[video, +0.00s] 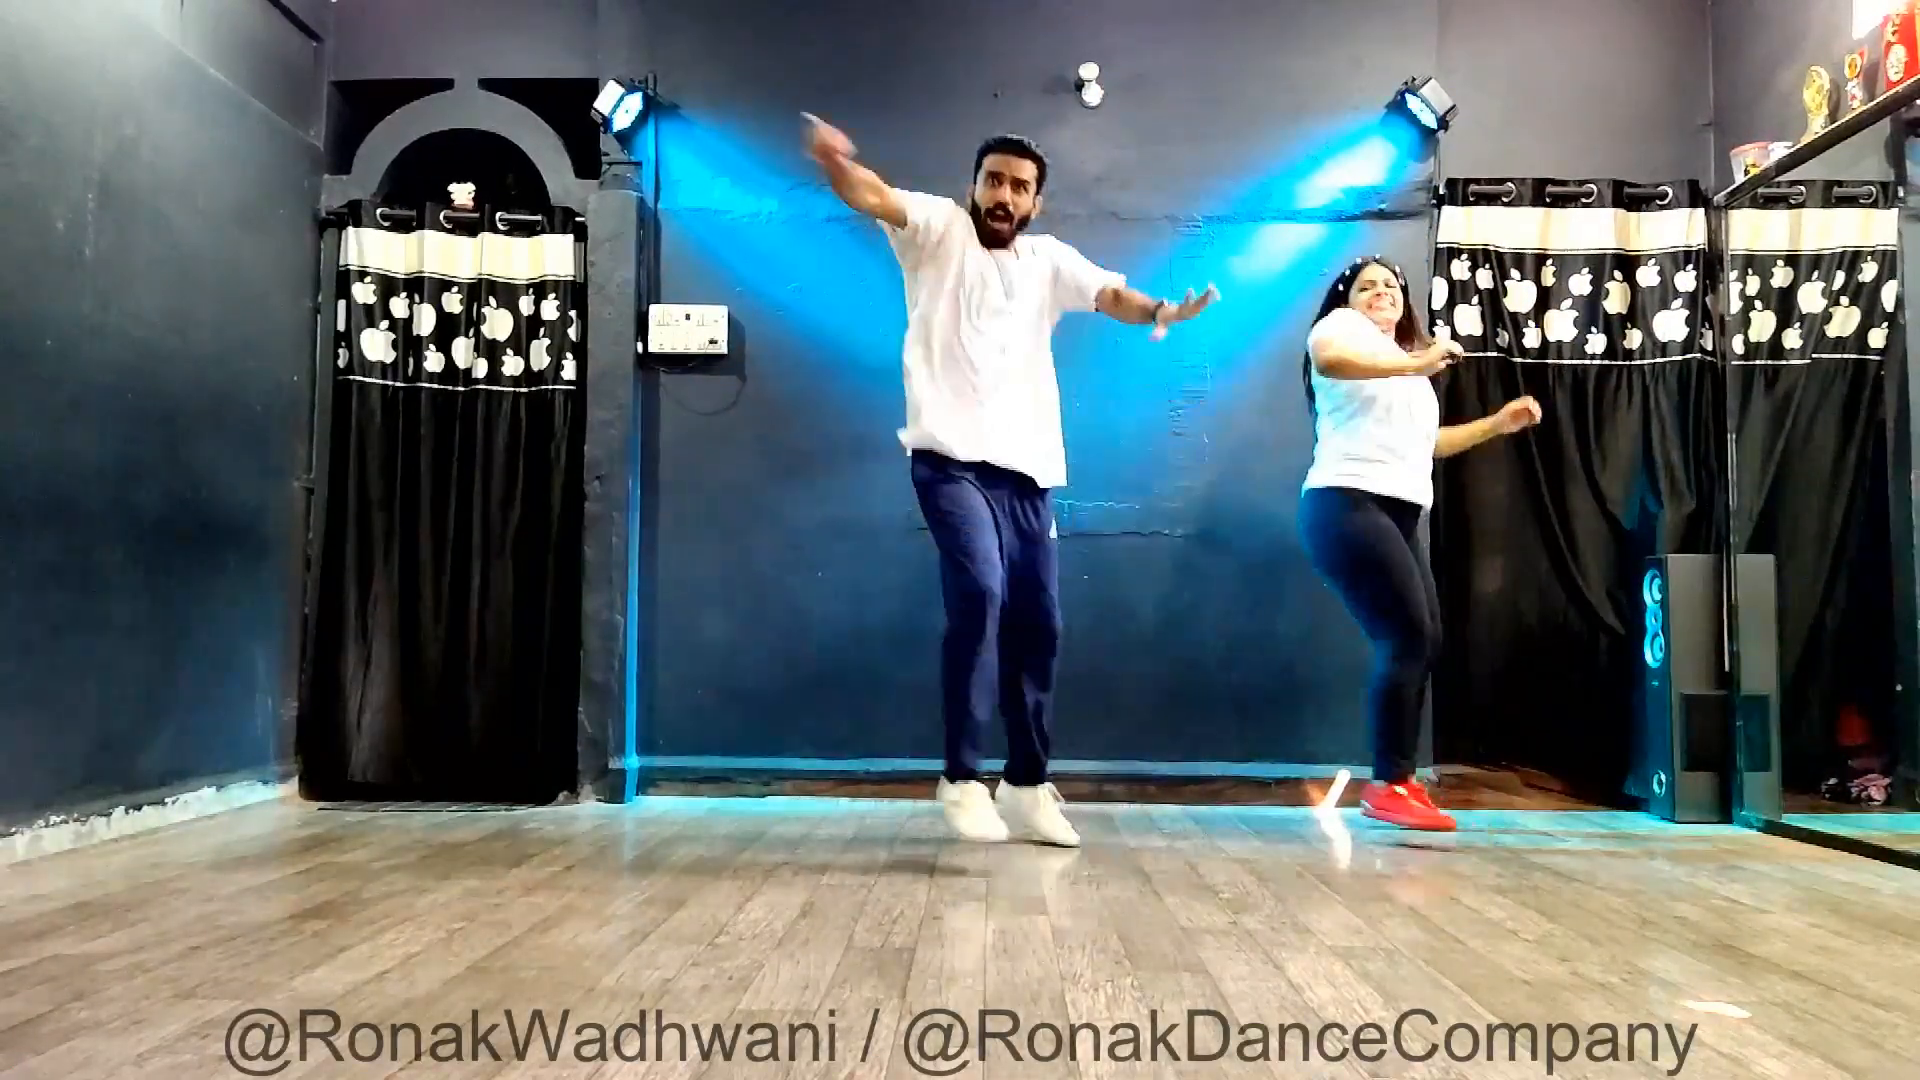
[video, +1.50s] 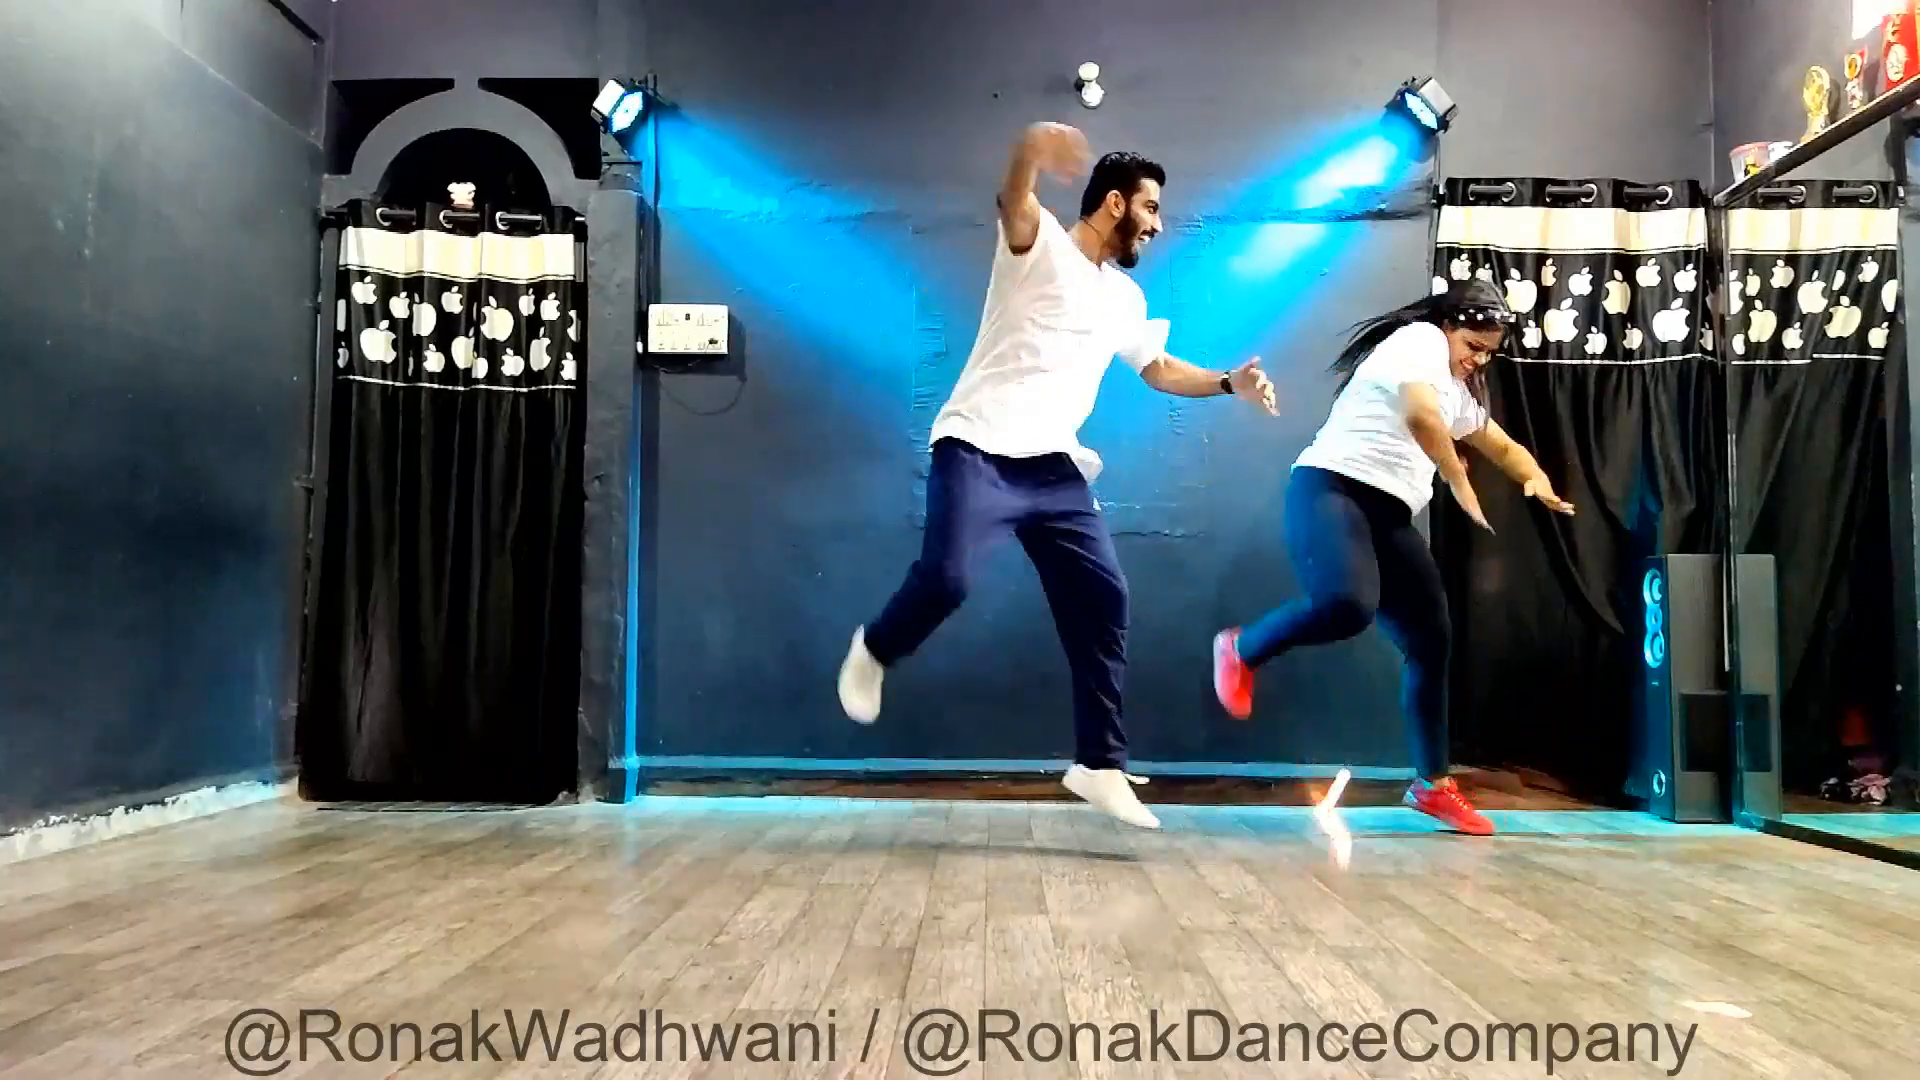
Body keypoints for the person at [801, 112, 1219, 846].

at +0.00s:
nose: (1006, 196)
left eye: (1021, 187)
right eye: (994, 181)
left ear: (1035, 200)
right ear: (973, 185)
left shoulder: (1049, 259)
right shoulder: (938, 224)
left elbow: (1111, 295)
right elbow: (874, 197)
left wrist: (1159, 310)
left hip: (1027, 462)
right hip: (948, 453)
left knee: (1038, 620)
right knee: (982, 589)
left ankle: (1028, 785)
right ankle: (965, 781)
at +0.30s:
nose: (1005, 247)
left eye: (1007, 235)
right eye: (995, 232)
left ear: (980, 241)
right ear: (954, 235)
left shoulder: (1005, 299)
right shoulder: (870, 278)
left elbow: (1102, 281)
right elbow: (766, 264)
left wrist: (1065, 309)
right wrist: (666, 257)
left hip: (959, 490)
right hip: (881, 512)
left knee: (1077, 488)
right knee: (874, 679)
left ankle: (1008, 616)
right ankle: (838, 813)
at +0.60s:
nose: (991, 234)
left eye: (990, 223)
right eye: (981, 221)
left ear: (956, 230)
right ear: (939, 226)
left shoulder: (994, 323)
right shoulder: (864, 301)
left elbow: (1091, 351)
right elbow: (757, 333)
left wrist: (1039, 304)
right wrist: (661, 308)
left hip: (971, 519)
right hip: (885, 516)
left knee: (1014, 655)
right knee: (875, 671)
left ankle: (988, 809)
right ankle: (841, 813)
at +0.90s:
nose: (1038, 188)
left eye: (1037, 176)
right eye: (1028, 174)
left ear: (1008, 186)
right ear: (988, 181)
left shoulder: (1036, 268)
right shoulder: (913, 249)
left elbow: (1114, 350)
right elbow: (808, 278)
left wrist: (1079, 287)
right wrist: (712, 290)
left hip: (1016, 448)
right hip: (935, 464)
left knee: (1125, 476)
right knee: (926, 631)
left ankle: (1055, 613)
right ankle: (909, 793)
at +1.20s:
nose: (1094, 262)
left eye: (1095, 252)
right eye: (1083, 249)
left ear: (1071, 261)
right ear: (1042, 256)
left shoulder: (1107, 345)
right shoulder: (968, 332)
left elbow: (1148, 444)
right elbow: (895, 408)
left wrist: (1131, 399)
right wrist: (861, 385)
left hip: (1084, 536)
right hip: (992, 534)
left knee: (1153, 660)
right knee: (984, 697)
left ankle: (1173, 819)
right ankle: (923, 807)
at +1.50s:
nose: (1157, 222)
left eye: (1160, 212)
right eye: (1149, 204)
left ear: (1140, 219)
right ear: (1107, 199)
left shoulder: (1126, 298)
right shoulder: (1039, 243)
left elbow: (1160, 370)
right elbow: (1017, 203)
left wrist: (1226, 381)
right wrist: (1029, 149)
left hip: (1054, 461)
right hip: (976, 443)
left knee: (1102, 600)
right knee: (949, 579)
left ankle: (1098, 765)